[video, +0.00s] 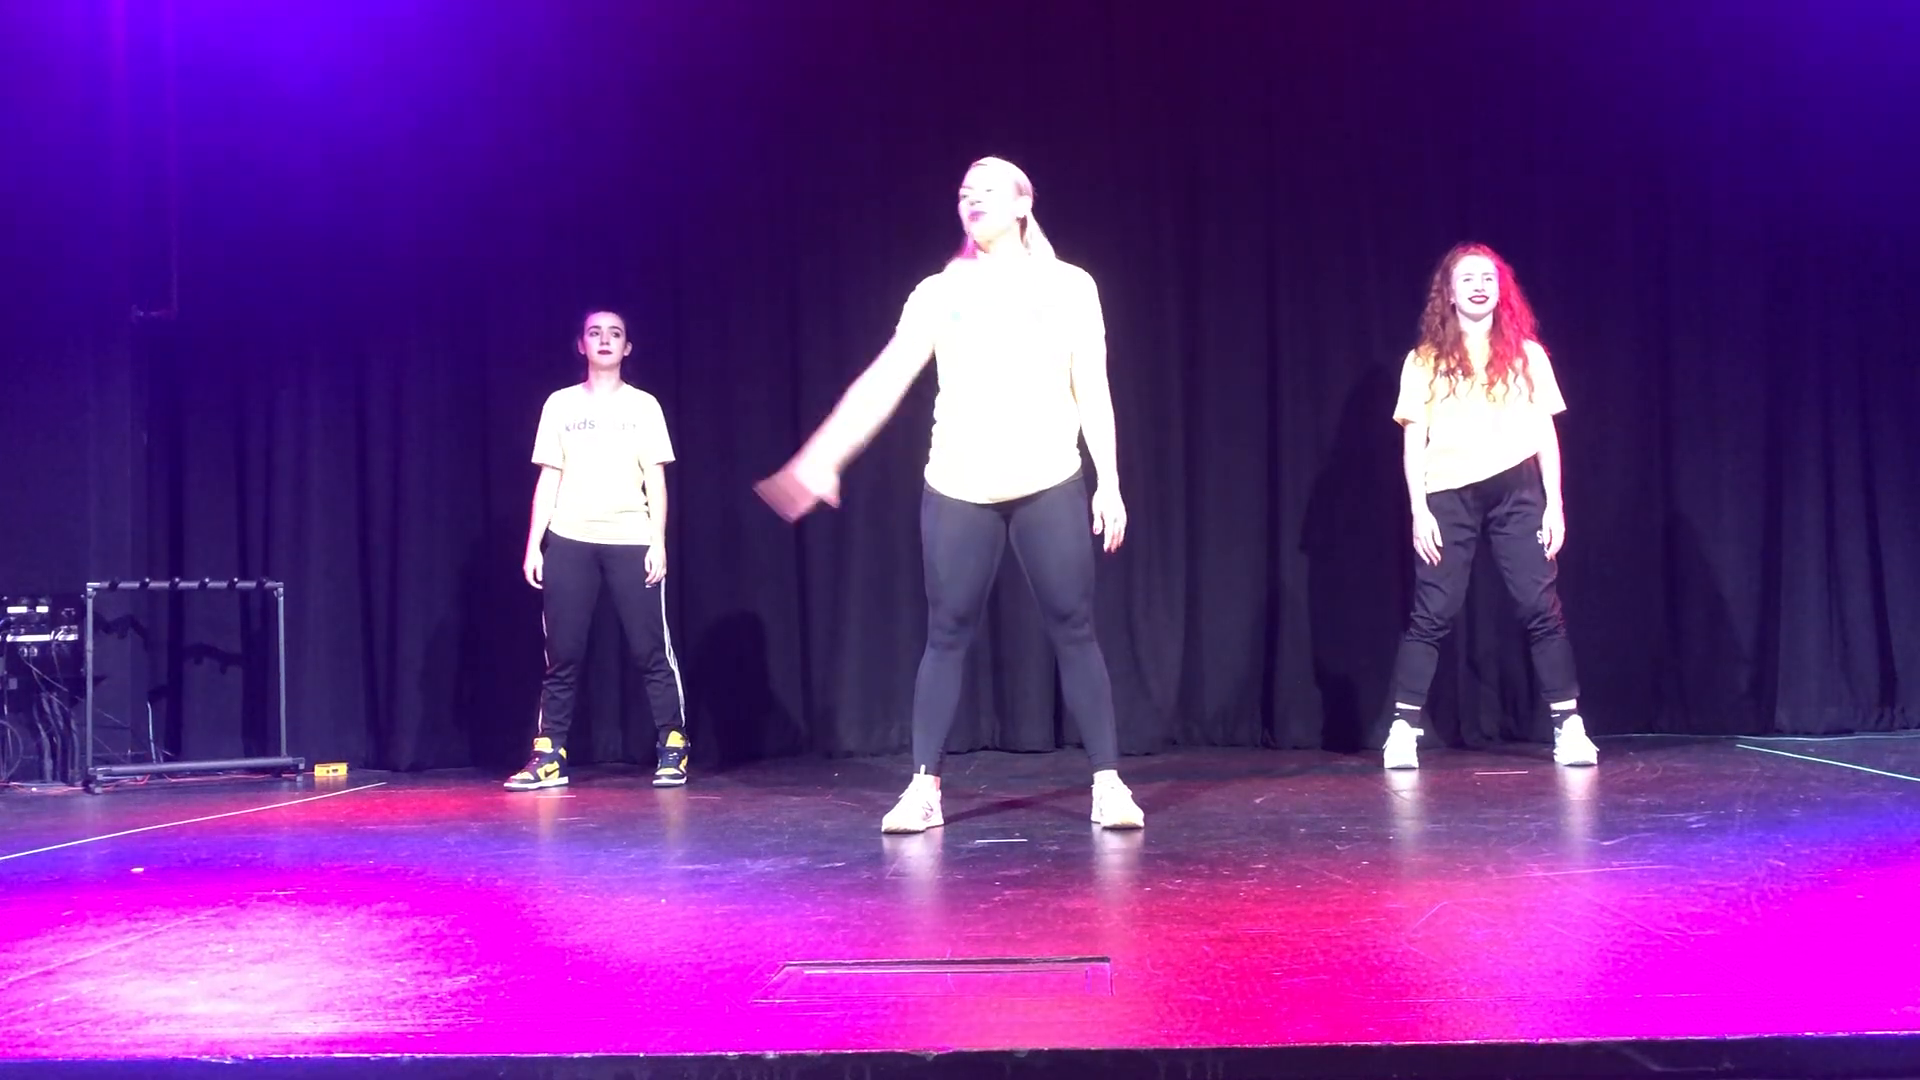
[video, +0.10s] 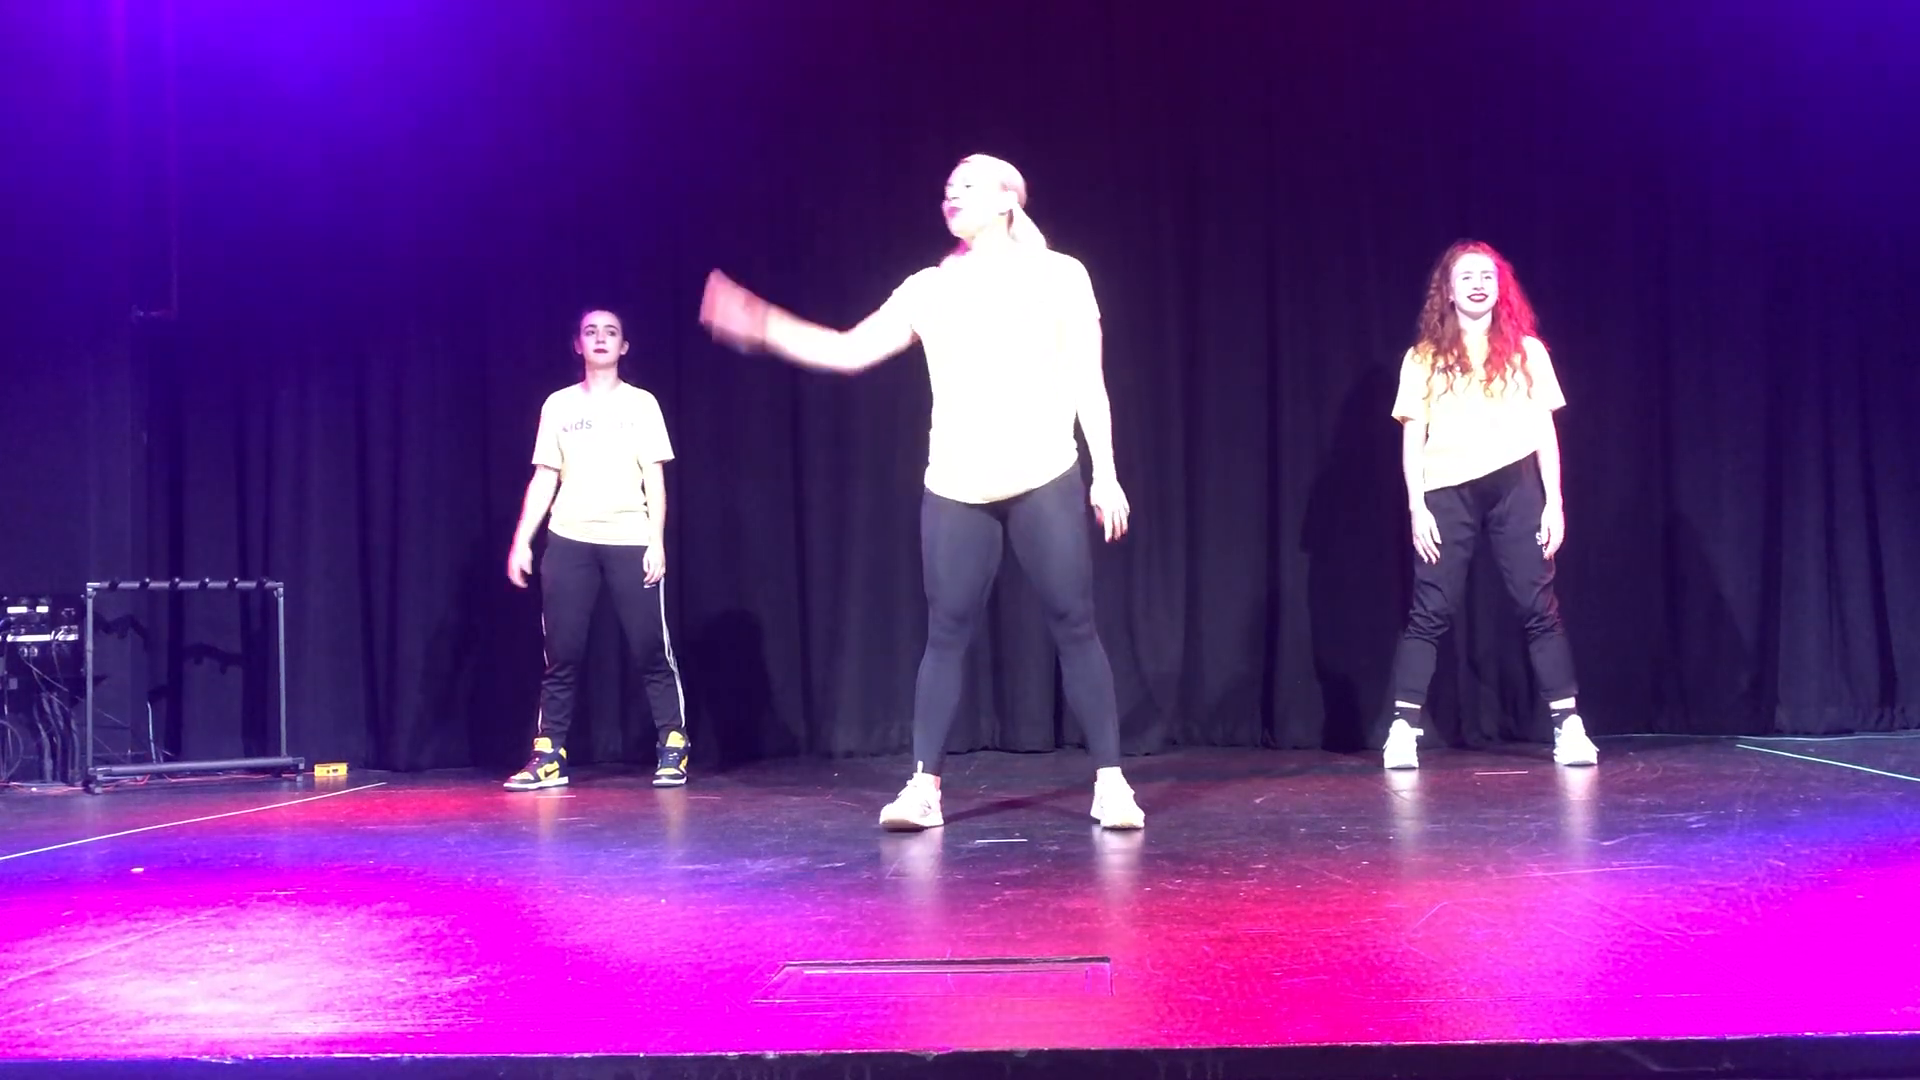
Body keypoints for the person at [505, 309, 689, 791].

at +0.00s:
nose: (604, 340)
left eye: (614, 333)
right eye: (596, 333)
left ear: (626, 346)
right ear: (582, 345)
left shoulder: (644, 405)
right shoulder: (559, 404)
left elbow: (655, 480)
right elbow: (549, 477)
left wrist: (658, 541)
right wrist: (533, 544)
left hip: (631, 542)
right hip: (569, 542)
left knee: (650, 651)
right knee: (561, 656)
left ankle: (672, 748)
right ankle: (550, 756)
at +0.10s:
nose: (600, 339)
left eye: (609, 332)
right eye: (591, 332)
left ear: (623, 345)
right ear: (578, 345)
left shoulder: (642, 403)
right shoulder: (558, 405)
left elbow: (654, 478)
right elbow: (544, 478)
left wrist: (656, 541)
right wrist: (521, 541)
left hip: (631, 541)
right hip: (569, 542)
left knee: (651, 650)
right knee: (560, 655)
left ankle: (673, 748)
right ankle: (550, 756)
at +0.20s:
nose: (582, 338)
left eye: (591, 331)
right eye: (573, 332)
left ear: (610, 345)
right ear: (562, 346)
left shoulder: (632, 399)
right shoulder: (553, 408)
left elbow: (649, 477)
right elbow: (526, 476)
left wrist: (651, 540)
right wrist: (478, 488)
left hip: (626, 538)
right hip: (569, 539)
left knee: (648, 652)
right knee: (558, 653)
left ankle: (672, 746)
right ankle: (550, 756)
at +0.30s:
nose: (549, 342)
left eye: (560, 334)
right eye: (541, 336)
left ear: (583, 347)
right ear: (535, 353)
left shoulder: (608, 398)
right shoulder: (540, 413)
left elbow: (637, 465)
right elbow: (497, 457)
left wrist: (645, 535)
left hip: (625, 541)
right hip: (574, 546)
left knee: (647, 653)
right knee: (556, 653)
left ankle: (673, 746)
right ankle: (549, 757)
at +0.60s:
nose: (486, 371)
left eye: (497, 362)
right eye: (482, 364)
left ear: (524, 373)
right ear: (481, 379)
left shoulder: (546, 415)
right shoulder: (509, 436)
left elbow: (590, 474)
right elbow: (466, 476)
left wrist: (609, 547)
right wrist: (472, 417)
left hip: (619, 541)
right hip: (579, 551)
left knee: (642, 649)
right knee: (555, 651)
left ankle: (696, 746)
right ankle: (549, 757)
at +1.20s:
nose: (535, 361)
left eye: (547, 354)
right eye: (528, 353)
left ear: (566, 368)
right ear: (519, 366)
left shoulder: (589, 411)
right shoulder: (528, 427)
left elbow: (633, 468)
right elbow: (493, 460)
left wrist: (651, 519)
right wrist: (512, 402)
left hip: (626, 552)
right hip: (574, 555)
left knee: (643, 655)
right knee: (544, 649)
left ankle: (707, 745)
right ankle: (548, 759)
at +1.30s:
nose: (565, 372)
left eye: (575, 366)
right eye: (557, 363)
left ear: (588, 382)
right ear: (541, 374)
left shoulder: (610, 426)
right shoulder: (539, 432)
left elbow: (655, 471)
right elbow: (512, 471)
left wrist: (688, 499)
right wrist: (535, 412)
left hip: (631, 564)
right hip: (574, 566)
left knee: (641, 662)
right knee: (536, 657)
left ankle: (703, 747)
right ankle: (548, 759)